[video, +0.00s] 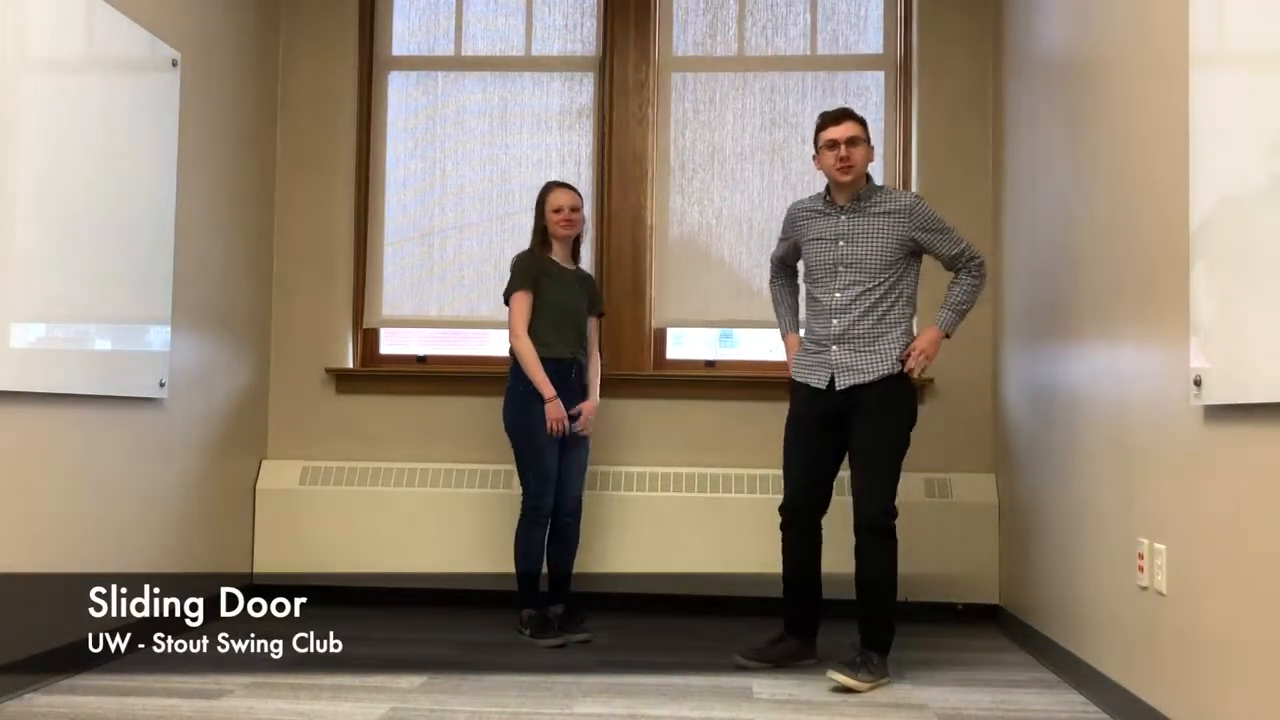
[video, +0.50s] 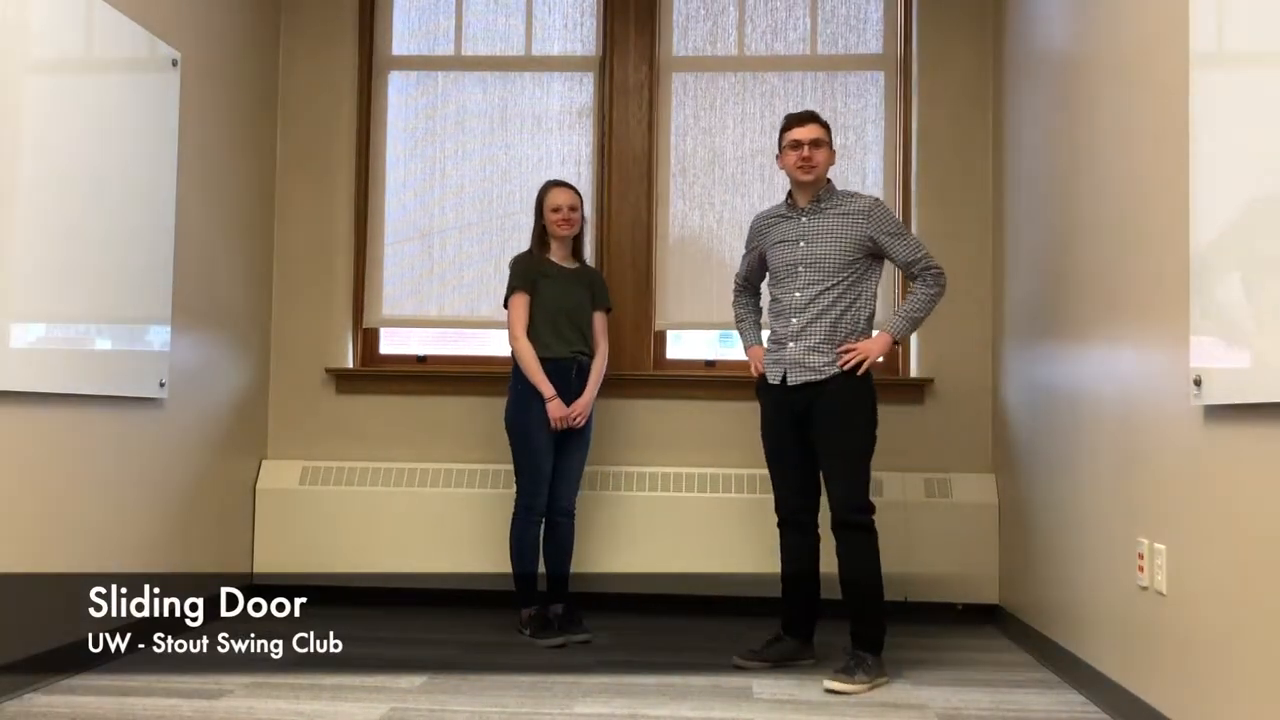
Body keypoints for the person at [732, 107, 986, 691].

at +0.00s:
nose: (843, 153)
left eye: (853, 143)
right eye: (832, 146)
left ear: (870, 152)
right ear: (817, 158)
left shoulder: (904, 211)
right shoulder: (803, 216)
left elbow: (972, 266)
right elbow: (782, 270)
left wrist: (940, 329)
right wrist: (790, 333)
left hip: (881, 385)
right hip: (814, 385)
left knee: (873, 515)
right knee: (798, 510)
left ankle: (873, 652)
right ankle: (798, 637)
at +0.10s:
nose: (837, 151)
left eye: (846, 141)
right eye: (826, 144)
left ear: (864, 150)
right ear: (812, 156)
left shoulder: (897, 210)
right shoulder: (797, 214)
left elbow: (959, 270)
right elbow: (775, 270)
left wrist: (928, 330)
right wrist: (785, 329)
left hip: (875, 384)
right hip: (807, 385)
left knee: (873, 516)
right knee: (800, 511)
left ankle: (874, 651)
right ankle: (798, 637)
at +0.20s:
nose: (829, 152)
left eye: (838, 142)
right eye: (818, 144)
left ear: (856, 150)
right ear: (803, 157)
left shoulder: (889, 212)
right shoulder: (789, 216)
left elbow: (950, 273)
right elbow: (767, 274)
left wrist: (915, 329)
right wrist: (777, 333)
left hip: (868, 382)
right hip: (800, 382)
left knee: (868, 514)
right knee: (794, 510)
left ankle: (873, 652)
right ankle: (796, 637)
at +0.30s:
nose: (819, 153)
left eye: (828, 143)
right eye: (808, 145)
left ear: (846, 151)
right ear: (794, 157)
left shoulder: (880, 211)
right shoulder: (780, 219)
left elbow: (941, 274)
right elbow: (759, 278)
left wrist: (905, 330)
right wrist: (766, 334)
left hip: (857, 383)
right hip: (792, 384)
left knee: (860, 515)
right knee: (794, 516)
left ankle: (870, 653)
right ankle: (796, 638)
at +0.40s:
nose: (811, 154)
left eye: (820, 144)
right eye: (801, 146)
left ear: (838, 153)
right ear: (786, 158)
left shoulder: (872, 213)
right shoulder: (773, 223)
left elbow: (933, 276)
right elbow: (752, 286)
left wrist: (895, 332)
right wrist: (759, 341)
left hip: (849, 386)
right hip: (786, 388)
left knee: (855, 516)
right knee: (793, 516)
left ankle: (867, 653)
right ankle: (795, 638)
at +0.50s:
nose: (806, 153)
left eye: (815, 144)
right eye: (795, 146)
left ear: (831, 154)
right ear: (780, 158)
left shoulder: (864, 213)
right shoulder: (766, 224)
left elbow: (930, 277)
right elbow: (746, 286)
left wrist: (887, 335)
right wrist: (752, 342)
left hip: (843, 387)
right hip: (781, 390)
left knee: (850, 516)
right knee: (794, 519)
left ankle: (866, 653)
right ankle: (795, 639)